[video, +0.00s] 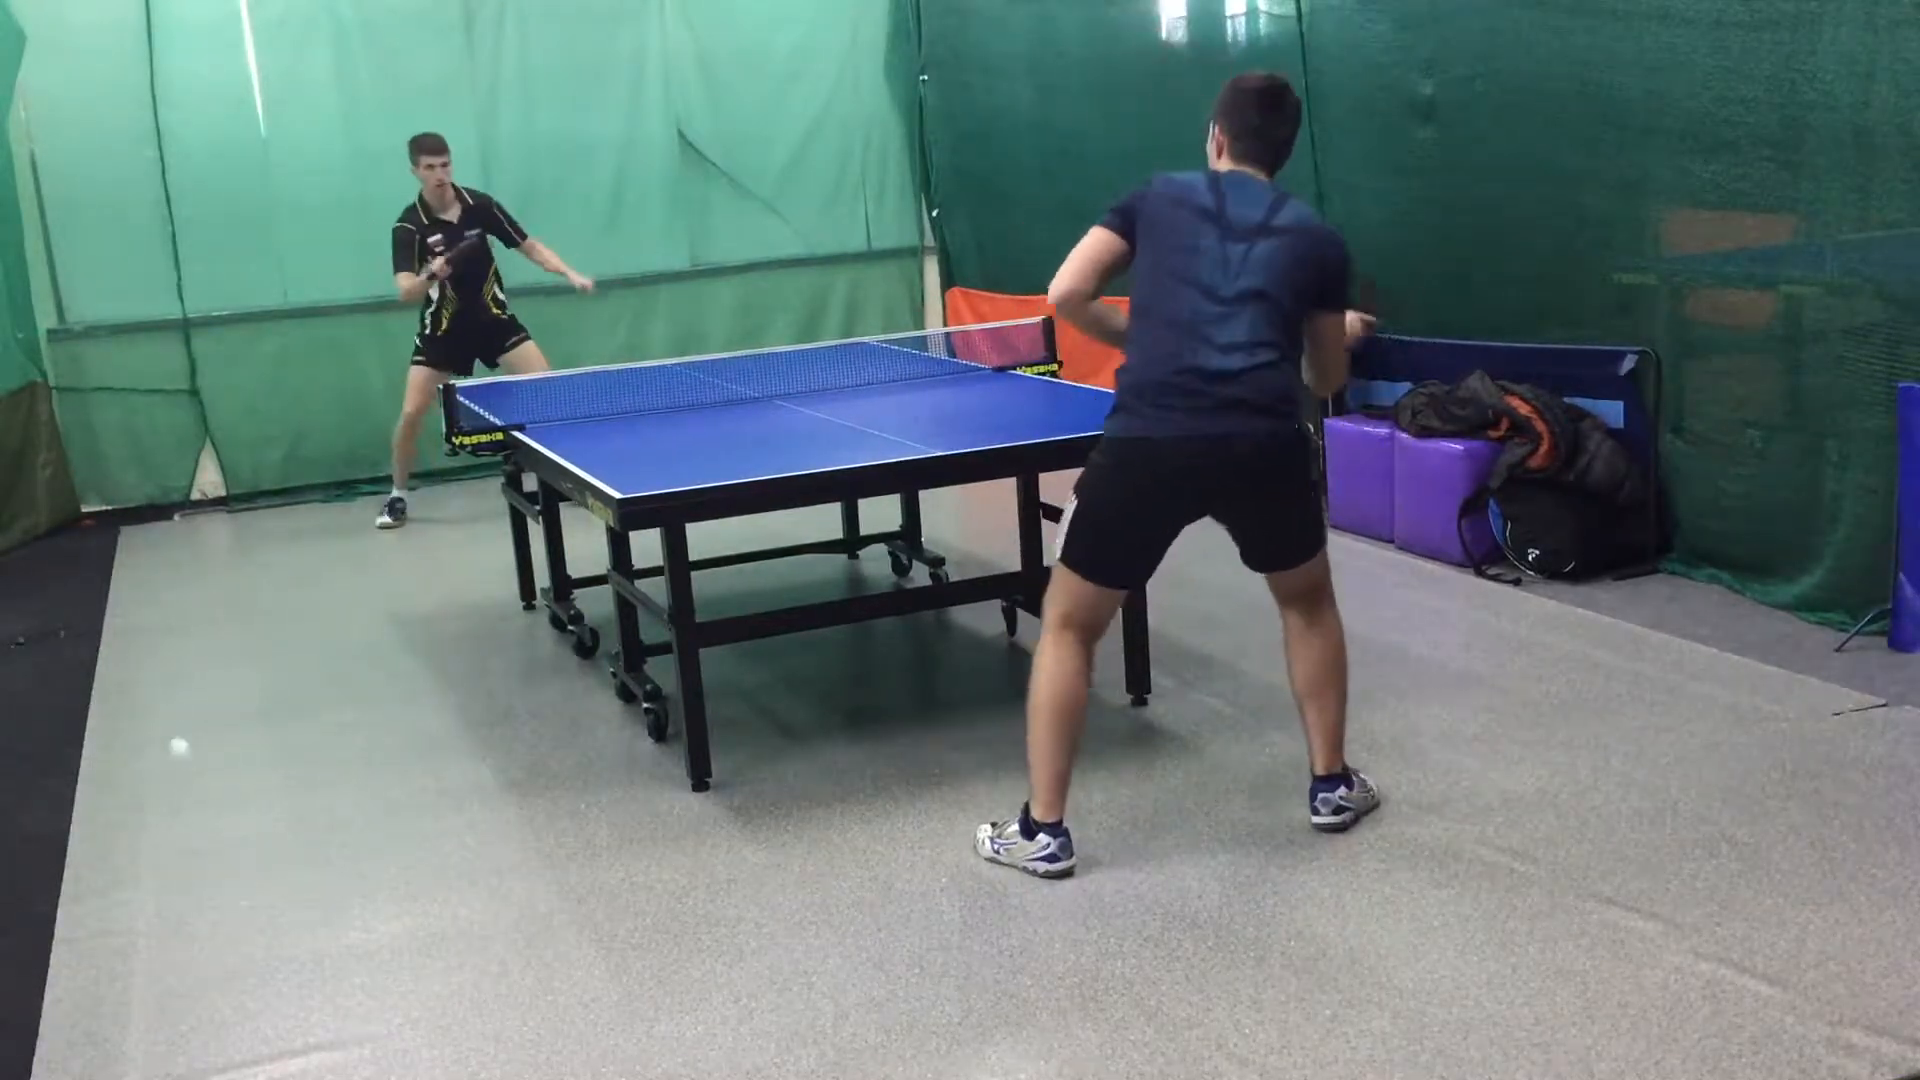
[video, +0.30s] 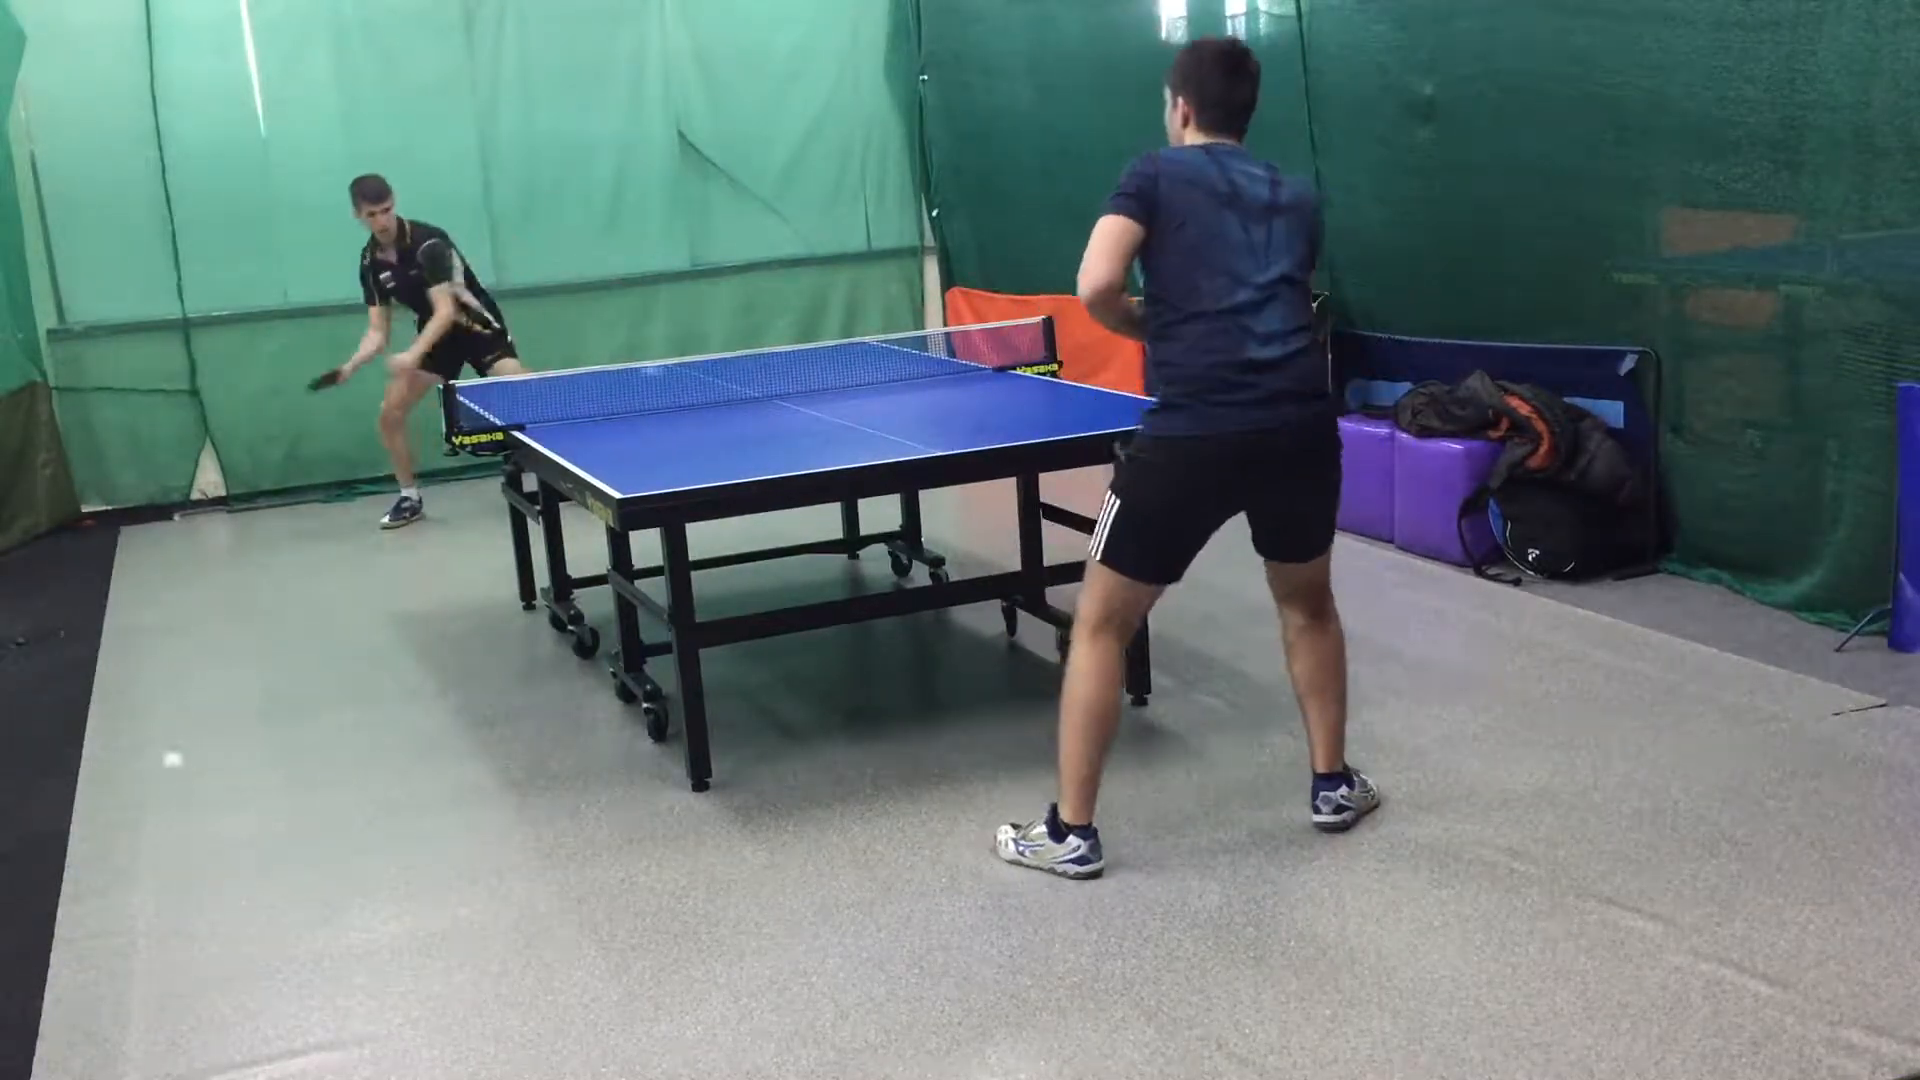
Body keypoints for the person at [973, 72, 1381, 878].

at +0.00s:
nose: (1209, 144)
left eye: (1210, 134)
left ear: (1214, 141)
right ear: (1286, 152)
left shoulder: (1157, 198)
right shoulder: (1314, 238)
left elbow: (1066, 296)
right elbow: (1327, 377)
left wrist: (1140, 334)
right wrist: (1338, 336)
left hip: (1147, 445)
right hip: (1265, 450)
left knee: (1071, 627)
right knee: (1307, 605)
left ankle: (1044, 828)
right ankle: (1330, 783)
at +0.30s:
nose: (1165, 113)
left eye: (1167, 101)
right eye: (1171, 101)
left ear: (1180, 108)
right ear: (1248, 113)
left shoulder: (1155, 174)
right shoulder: (1296, 193)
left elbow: (1098, 288)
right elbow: (1294, 294)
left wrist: (1147, 325)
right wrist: (1221, 313)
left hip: (1190, 442)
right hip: (1298, 436)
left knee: (1102, 626)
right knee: (1307, 606)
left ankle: (1072, 829)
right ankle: (1331, 783)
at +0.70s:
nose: (1136, 112)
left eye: (1135, 102)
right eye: (1143, 100)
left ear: (1146, 106)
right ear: (1219, 107)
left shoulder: (1111, 175)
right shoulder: (1272, 192)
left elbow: (1042, 285)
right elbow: (1299, 329)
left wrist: (1098, 321)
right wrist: (1307, 387)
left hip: (1145, 435)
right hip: (1255, 430)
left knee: (1071, 625)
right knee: (1293, 605)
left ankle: (1068, 829)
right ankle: (1346, 784)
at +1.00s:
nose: (1199, 162)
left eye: (1199, 152)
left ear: (1204, 158)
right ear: (1277, 167)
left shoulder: (1146, 219)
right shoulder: (1308, 250)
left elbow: (1060, 323)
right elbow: (1342, 393)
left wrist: (1136, 367)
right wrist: (1390, 367)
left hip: (1137, 470)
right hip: (1257, 470)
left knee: (1064, 635)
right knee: (1322, 604)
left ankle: (1069, 829)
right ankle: (1348, 785)